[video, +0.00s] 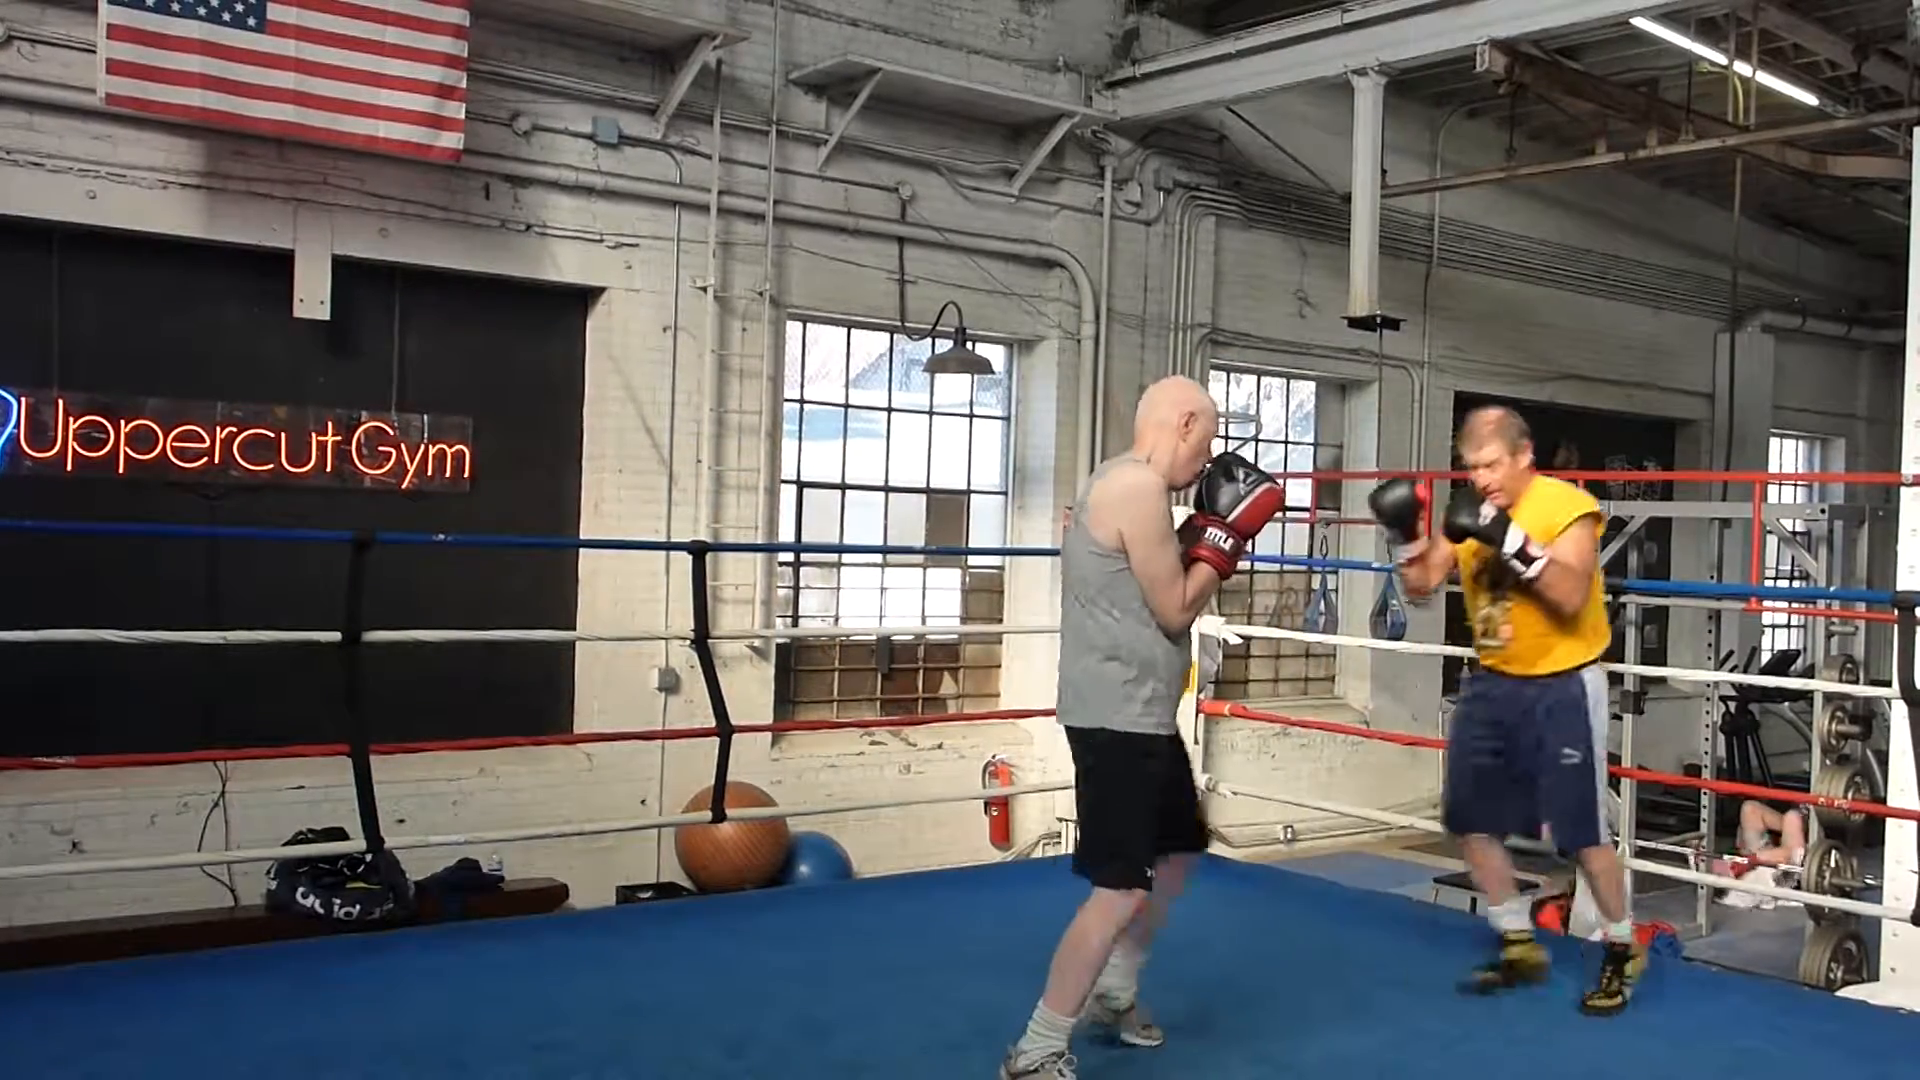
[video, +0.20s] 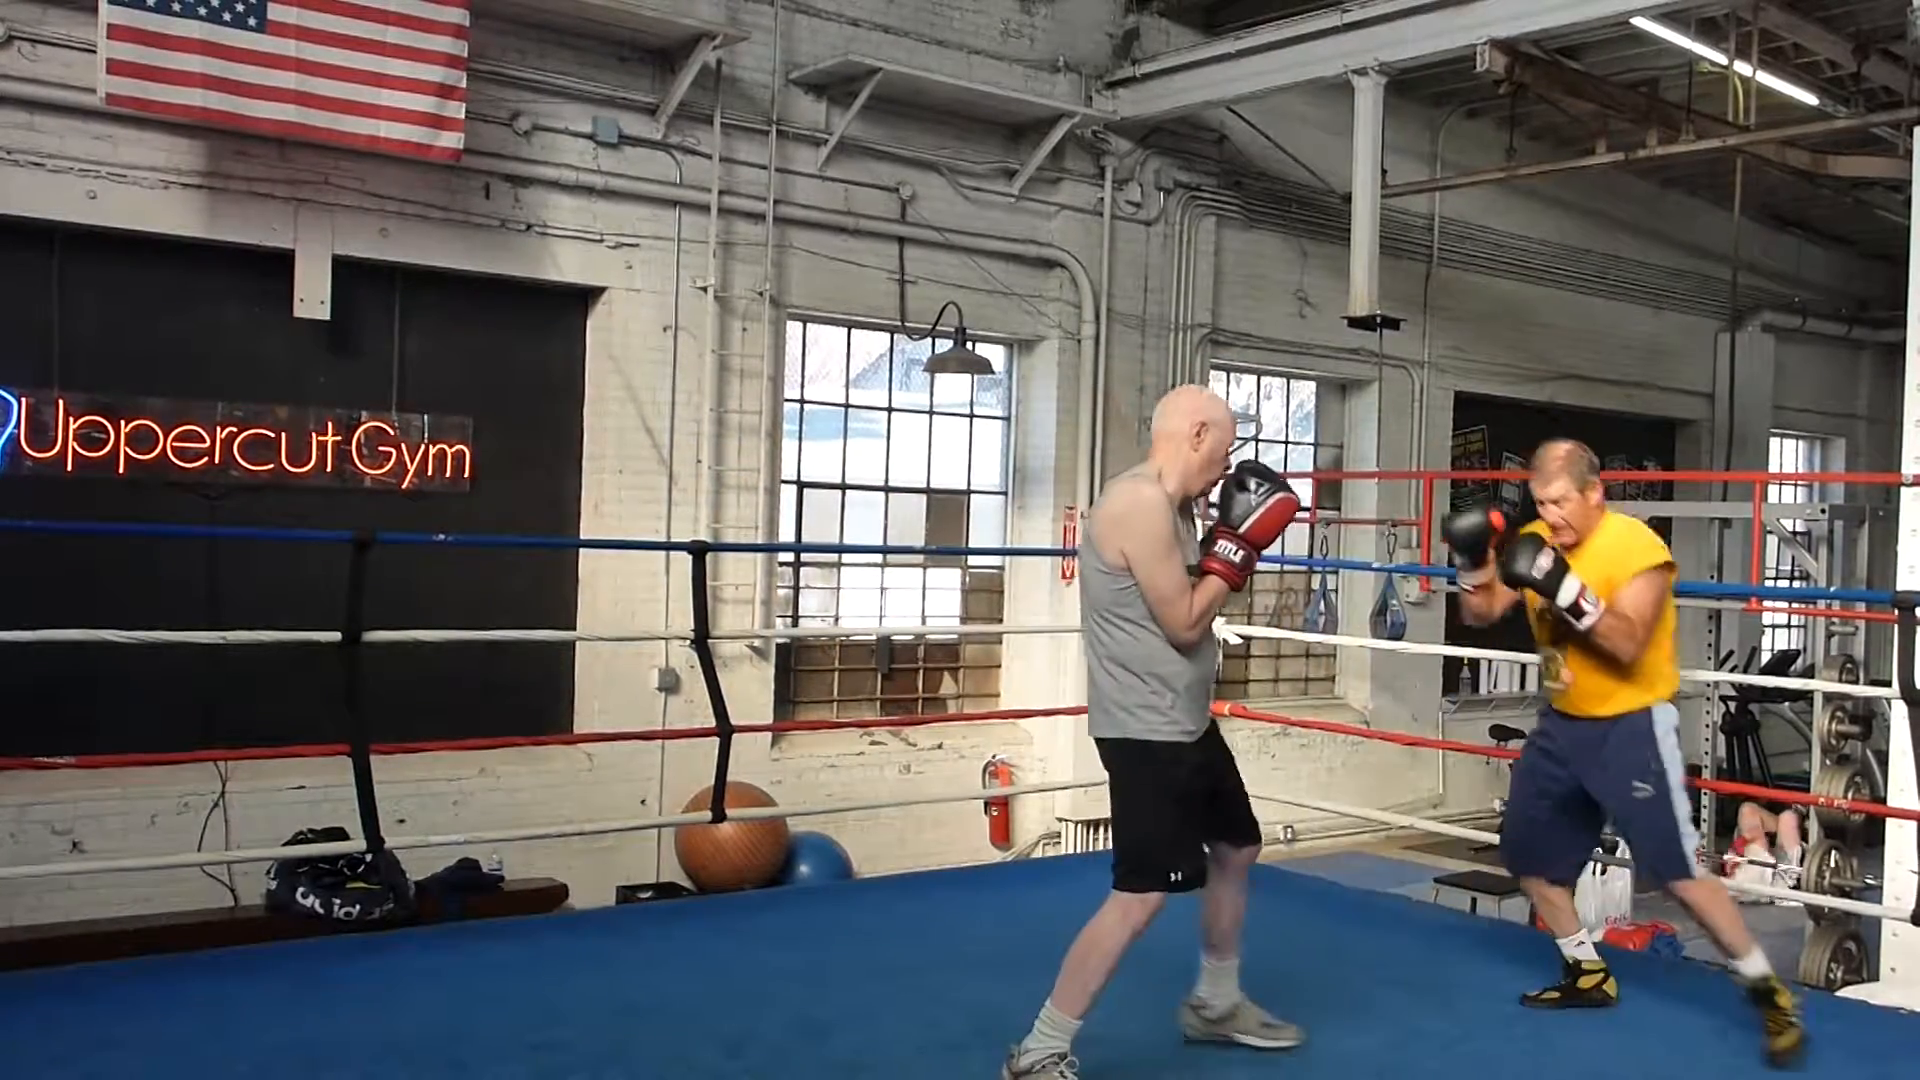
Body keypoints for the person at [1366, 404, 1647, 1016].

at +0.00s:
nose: (1479, 478)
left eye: (1489, 464)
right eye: (1471, 468)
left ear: (1524, 456)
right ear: (1466, 468)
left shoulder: (1567, 506)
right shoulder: (1473, 520)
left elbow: (1572, 595)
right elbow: (1419, 584)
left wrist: (1507, 539)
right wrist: (1407, 534)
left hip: (1564, 686)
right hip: (1491, 686)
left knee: (1580, 827)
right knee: (1471, 818)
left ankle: (1622, 949)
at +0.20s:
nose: (1549, 516)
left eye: (1559, 503)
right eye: (1540, 505)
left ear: (1594, 492)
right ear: (1534, 502)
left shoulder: (1637, 545)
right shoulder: (1536, 543)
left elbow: (1628, 644)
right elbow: (1482, 613)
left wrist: (1558, 584)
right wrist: (1474, 561)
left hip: (1634, 726)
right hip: (1562, 726)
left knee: (1677, 869)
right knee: (1529, 850)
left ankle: (1769, 992)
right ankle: (1587, 973)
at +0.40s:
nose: (1627, 510)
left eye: (1636, 495)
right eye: (1619, 499)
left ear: (1675, 483)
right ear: (1615, 496)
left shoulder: (1726, 534)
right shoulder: (1628, 543)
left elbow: (1710, 632)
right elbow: (1579, 617)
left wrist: (1637, 571)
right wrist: (1559, 572)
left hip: (1724, 725)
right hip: (1647, 722)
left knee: (1752, 877)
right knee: (1597, 839)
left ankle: (1818, 1017)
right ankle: (1595, 975)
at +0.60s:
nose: (1706, 500)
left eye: (1715, 485)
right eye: (1698, 489)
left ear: (1756, 468)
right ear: (1693, 485)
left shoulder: (1814, 521)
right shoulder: (1704, 527)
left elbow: (1788, 616)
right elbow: (1651, 604)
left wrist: (1716, 550)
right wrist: (1633, 550)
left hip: (1808, 716)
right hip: (1728, 715)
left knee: (1844, 878)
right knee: (1702, 863)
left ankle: (1904, 1016)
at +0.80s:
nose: (1777, 545)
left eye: (1787, 529)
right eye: (1769, 532)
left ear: (1831, 518)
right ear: (1762, 529)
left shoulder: (1881, 578)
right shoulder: (1766, 576)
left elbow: (1846, 678)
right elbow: (1717, 669)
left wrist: (1774, 612)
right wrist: (1704, 609)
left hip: (1868, 778)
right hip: (1776, 770)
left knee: (1896, 941)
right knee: (1695, 886)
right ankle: (1785, 981)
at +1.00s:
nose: (1762, 530)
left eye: (1773, 515)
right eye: (1755, 516)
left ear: (1818, 506)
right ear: (1751, 514)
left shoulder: (1870, 564)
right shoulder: (1746, 560)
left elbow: (1846, 667)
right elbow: (1673, 623)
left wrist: (1778, 592)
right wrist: (1647, 586)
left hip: (1860, 766)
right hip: (1763, 756)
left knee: (1899, 931)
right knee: (1662, 866)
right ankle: (1645, 1013)